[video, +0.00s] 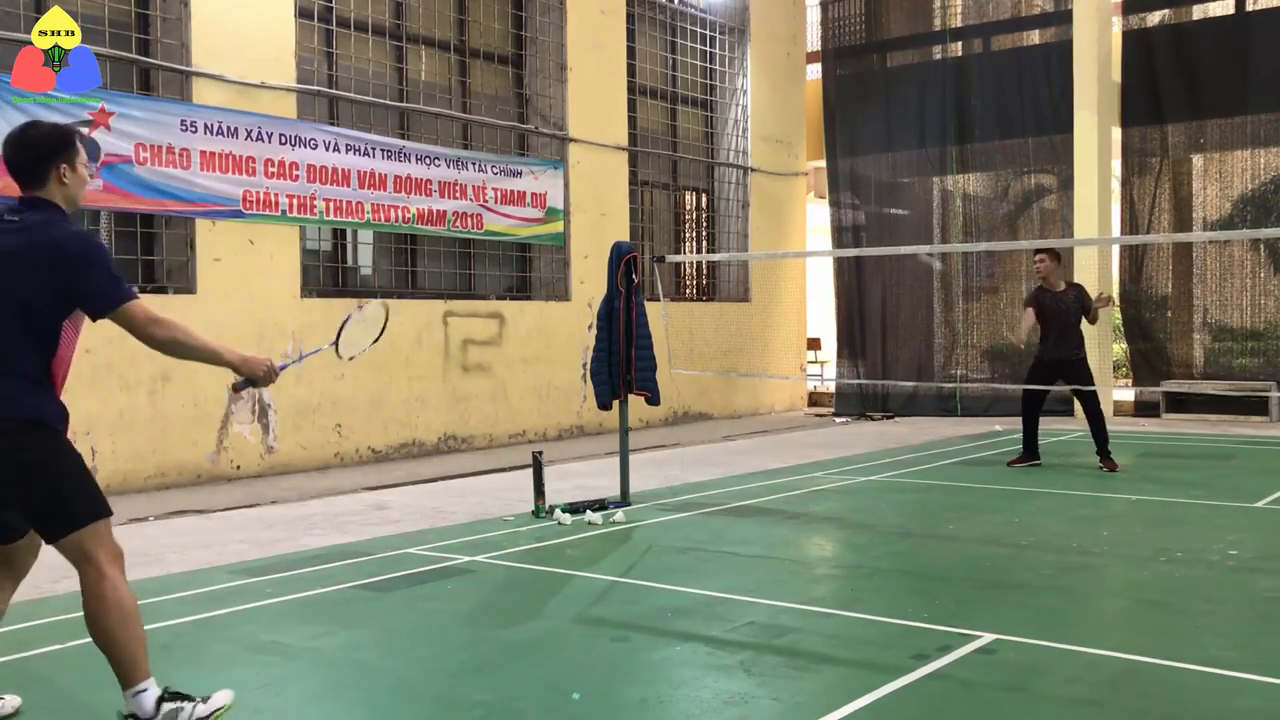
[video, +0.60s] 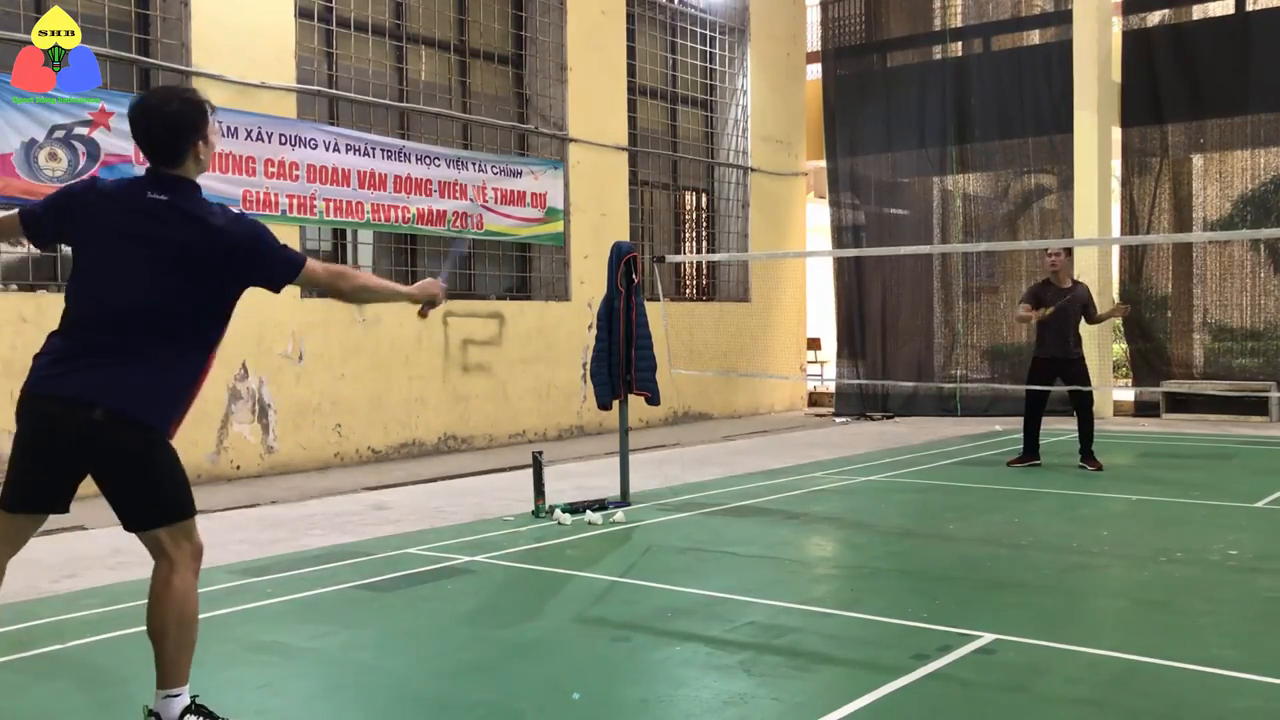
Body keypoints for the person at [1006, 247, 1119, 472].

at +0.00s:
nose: (1036, 266)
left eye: (1041, 262)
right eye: (1035, 263)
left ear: (1055, 263)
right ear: (1035, 267)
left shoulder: (1077, 290)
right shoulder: (1037, 295)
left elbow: (1092, 319)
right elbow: (1029, 318)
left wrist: (1095, 306)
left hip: (1074, 359)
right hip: (1046, 359)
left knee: (1091, 406)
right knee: (1029, 401)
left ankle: (1105, 455)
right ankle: (1030, 453)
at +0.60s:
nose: (1052, 259)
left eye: (1057, 255)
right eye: (1049, 256)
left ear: (1068, 258)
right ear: (1045, 260)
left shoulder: (1081, 290)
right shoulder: (1038, 289)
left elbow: (1091, 319)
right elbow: (1020, 314)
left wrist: (1111, 313)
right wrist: (1035, 315)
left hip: (1073, 358)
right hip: (1044, 358)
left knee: (1085, 405)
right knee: (1033, 405)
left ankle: (1087, 455)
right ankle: (1030, 453)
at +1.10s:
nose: (1033, 259)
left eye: (1038, 255)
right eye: (1029, 256)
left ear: (1048, 260)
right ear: (1025, 261)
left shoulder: (1062, 288)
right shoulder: (1021, 290)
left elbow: (1072, 313)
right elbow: (1007, 310)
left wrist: (1101, 326)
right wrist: (999, 323)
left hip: (1061, 357)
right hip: (1032, 358)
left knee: (1076, 404)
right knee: (1027, 408)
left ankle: (1083, 453)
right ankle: (1029, 456)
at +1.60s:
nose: (1034, 258)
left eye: (1039, 253)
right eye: (1031, 254)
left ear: (1050, 256)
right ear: (1027, 258)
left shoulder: (1063, 287)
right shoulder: (1021, 287)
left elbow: (1072, 320)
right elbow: (997, 311)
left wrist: (1084, 349)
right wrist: (1018, 295)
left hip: (1059, 356)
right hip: (1031, 356)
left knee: (1059, 409)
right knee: (1024, 407)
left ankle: (1052, 455)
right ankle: (1027, 453)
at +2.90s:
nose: (1031, 255)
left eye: (1036, 251)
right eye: (1028, 252)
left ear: (1045, 255)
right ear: (1024, 256)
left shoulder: (1056, 288)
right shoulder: (1016, 284)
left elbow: (1063, 322)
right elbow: (1009, 300)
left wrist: (1078, 349)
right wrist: (1008, 305)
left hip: (1050, 354)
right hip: (1022, 354)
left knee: (1060, 402)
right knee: (1016, 405)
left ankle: (1056, 450)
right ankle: (1016, 456)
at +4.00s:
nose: (1020, 257)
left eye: (1025, 253)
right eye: (1017, 254)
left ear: (1036, 258)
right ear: (1014, 260)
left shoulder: (1054, 285)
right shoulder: (1011, 291)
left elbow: (1069, 317)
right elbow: (1000, 316)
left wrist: (1087, 344)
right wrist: (998, 330)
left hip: (1056, 355)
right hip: (1028, 357)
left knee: (1062, 405)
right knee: (1026, 407)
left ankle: (1058, 453)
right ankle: (1029, 457)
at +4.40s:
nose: (1038, 257)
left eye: (1043, 253)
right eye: (1034, 253)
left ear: (1053, 257)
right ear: (1030, 258)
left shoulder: (1066, 287)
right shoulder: (1024, 287)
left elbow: (1074, 322)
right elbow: (1001, 314)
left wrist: (1083, 353)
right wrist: (1020, 304)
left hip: (1060, 356)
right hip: (1031, 356)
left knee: (1061, 408)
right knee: (1024, 405)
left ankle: (1056, 457)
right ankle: (1029, 455)